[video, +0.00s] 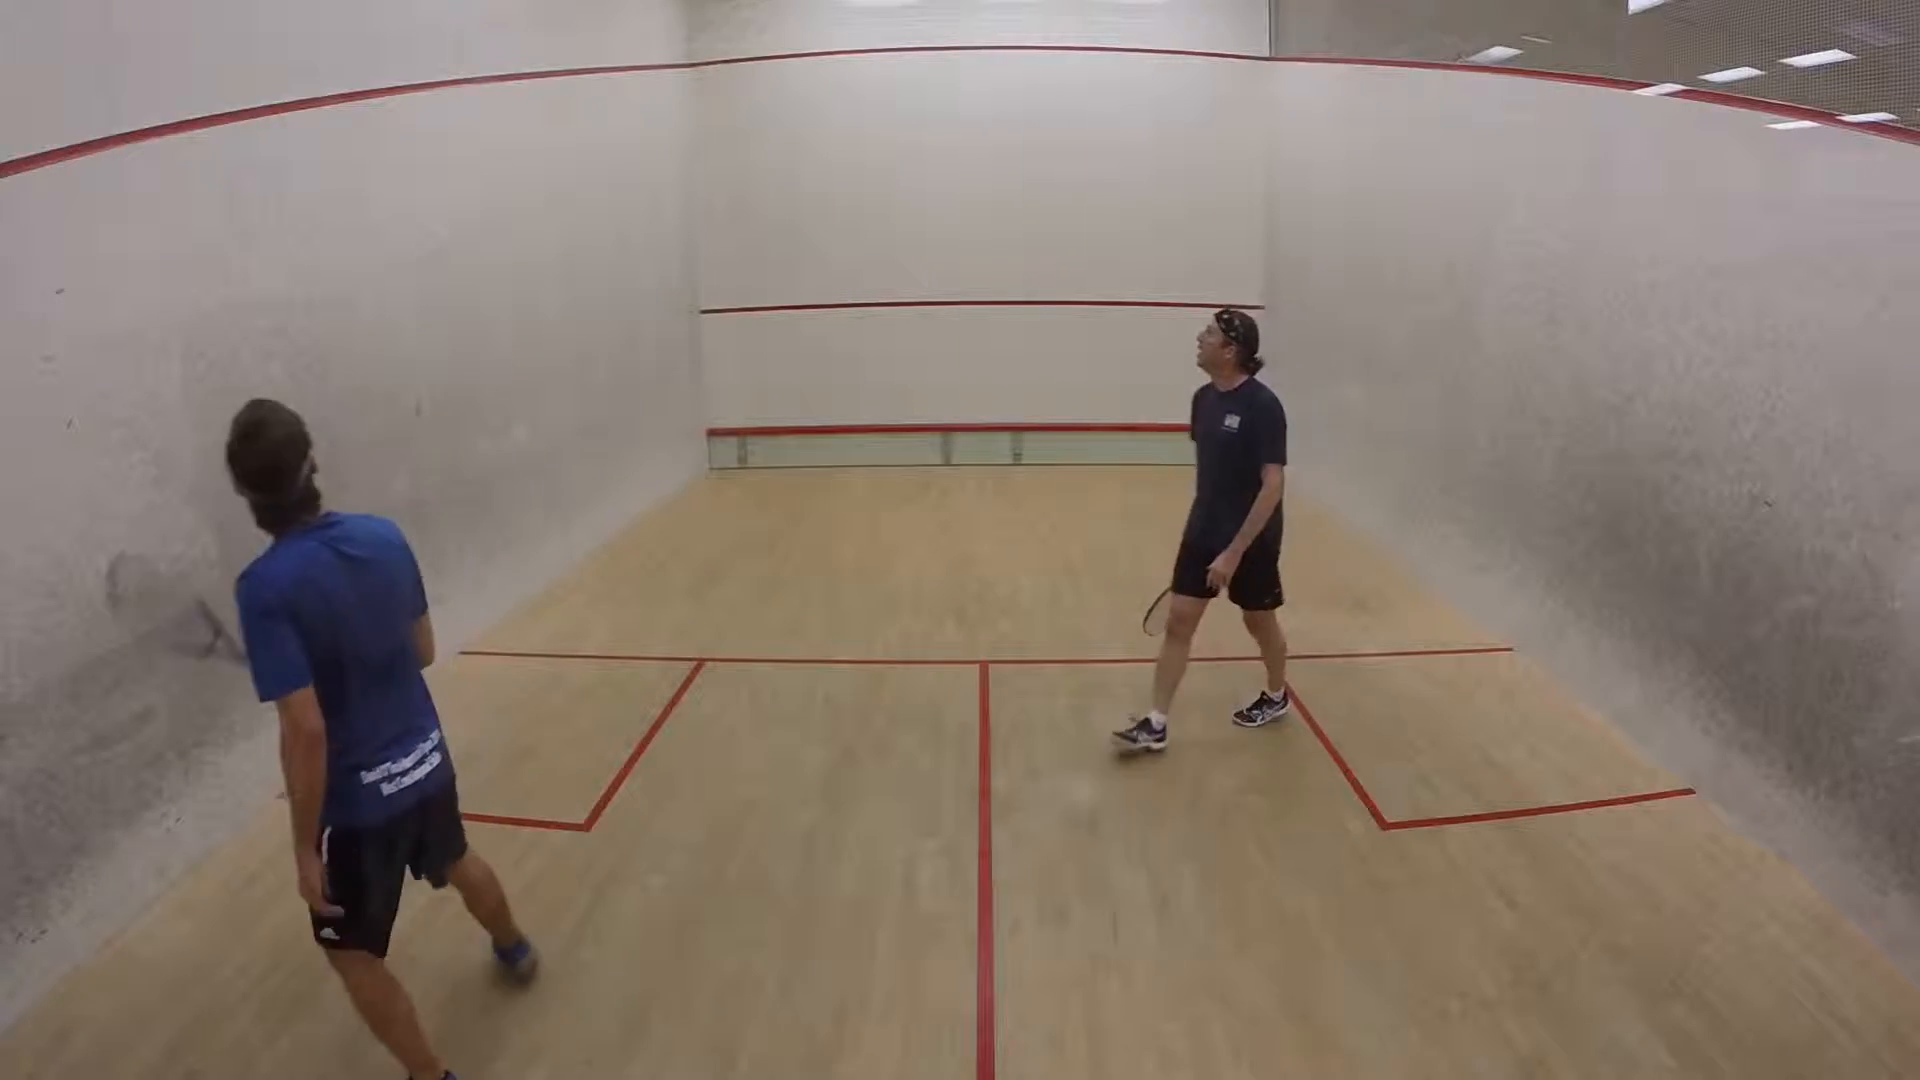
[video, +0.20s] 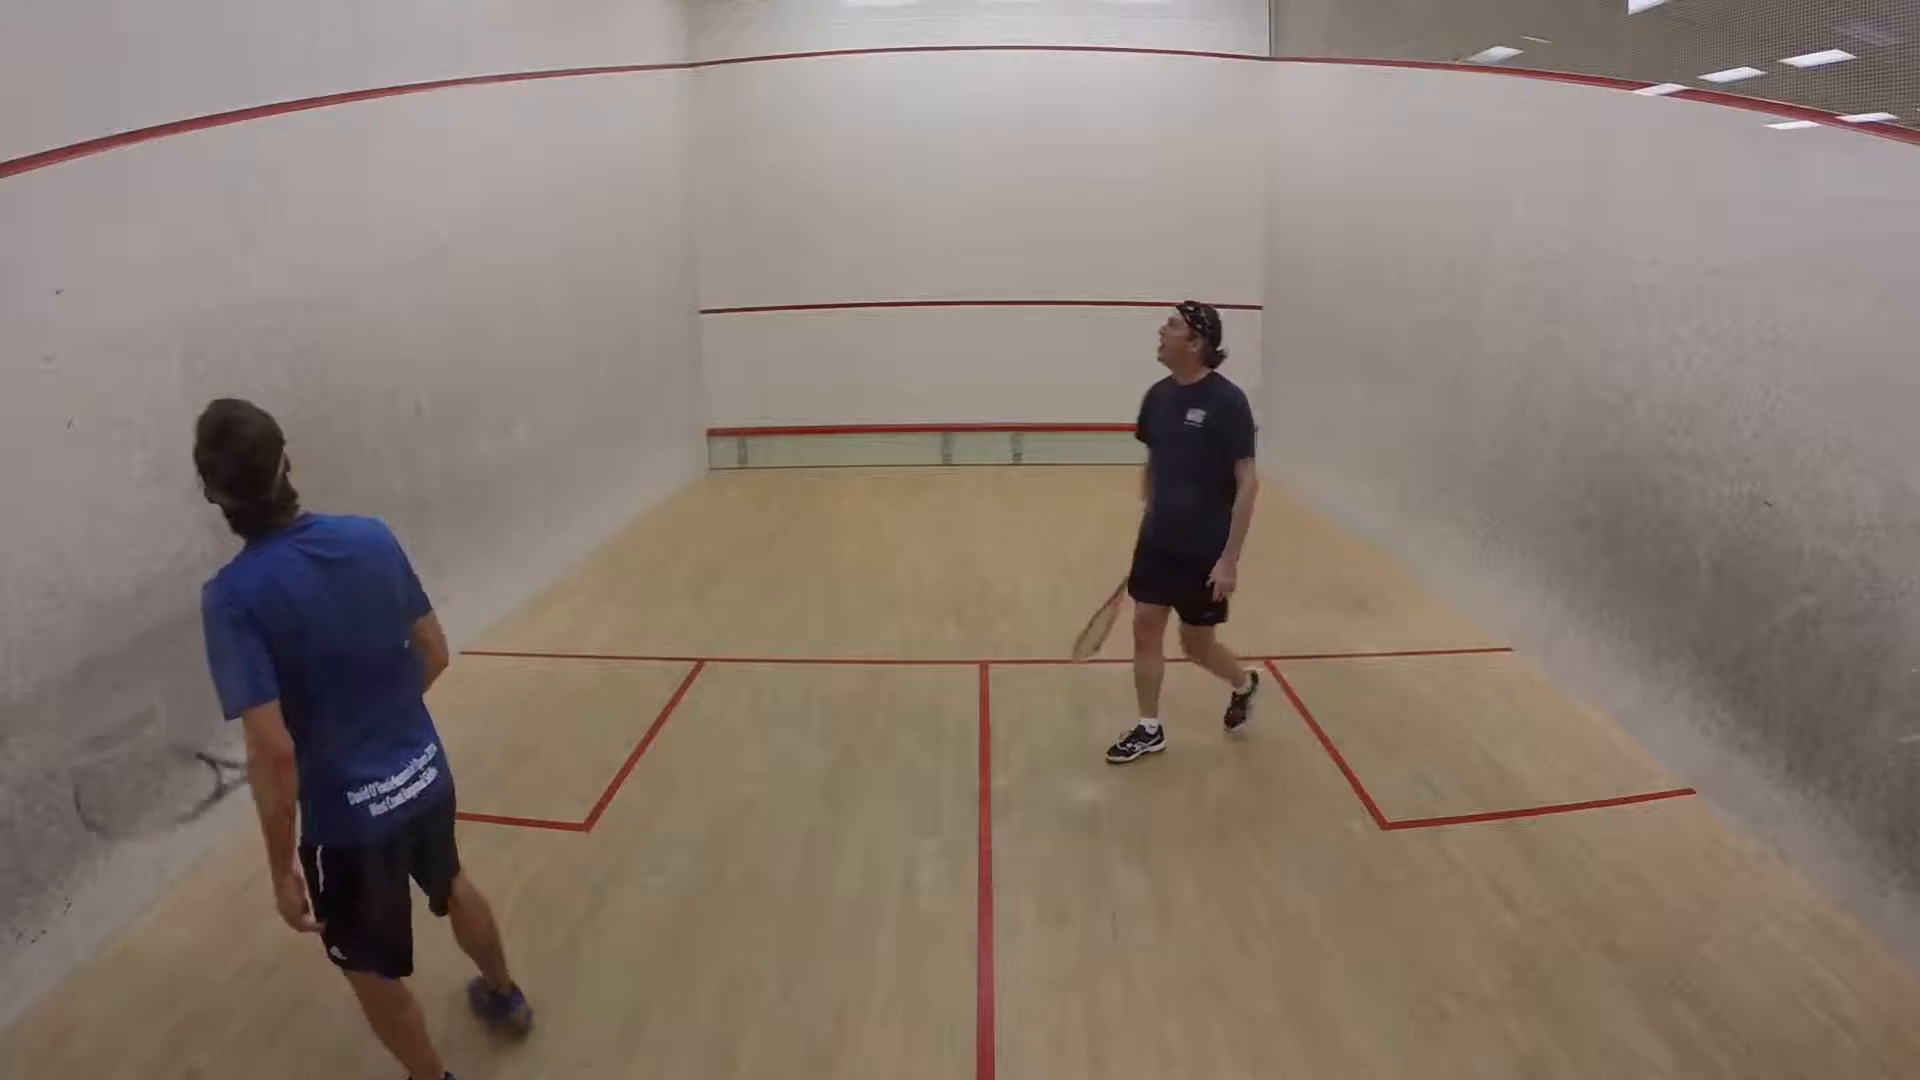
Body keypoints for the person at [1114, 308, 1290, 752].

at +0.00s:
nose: (1199, 340)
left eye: (1209, 336)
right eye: (1203, 334)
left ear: (1231, 351)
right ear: (1224, 349)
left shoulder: (1263, 406)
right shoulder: (1203, 398)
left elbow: (1272, 487)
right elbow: (1207, 474)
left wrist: (1234, 552)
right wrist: (1194, 535)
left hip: (1251, 533)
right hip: (1205, 526)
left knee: (1260, 621)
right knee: (1179, 622)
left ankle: (1276, 695)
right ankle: (1155, 722)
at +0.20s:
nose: (1161, 331)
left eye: (1172, 327)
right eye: (1165, 324)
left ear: (1197, 343)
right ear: (1183, 343)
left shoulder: (1229, 401)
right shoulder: (1158, 395)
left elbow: (1247, 483)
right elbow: (1152, 465)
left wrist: (1230, 559)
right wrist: (1148, 523)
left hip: (1206, 540)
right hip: (1159, 531)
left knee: (1197, 646)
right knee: (1146, 629)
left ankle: (1245, 683)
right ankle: (1149, 726)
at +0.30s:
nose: (1143, 329)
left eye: (1154, 325)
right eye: (1146, 322)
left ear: (1181, 340)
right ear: (1166, 339)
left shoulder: (1213, 398)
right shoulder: (1137, 391)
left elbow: (1235, 478)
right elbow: (1123, 461)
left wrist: (1229, 557)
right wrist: (1106, 524)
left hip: (1191, 539)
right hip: (1143, 531)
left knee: (1162, 645)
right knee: (1140, 631)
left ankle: (1203, 696)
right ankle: (1148, 726)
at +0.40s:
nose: (1124, 330)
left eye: (1135, 325)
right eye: (1127, 322)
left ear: (1164, 340)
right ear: (1147, 339)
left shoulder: (1196, 400)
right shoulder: (1116, 394)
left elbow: (1222, 481)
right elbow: (1094, 462)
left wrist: (1222, 559)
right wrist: (1069, 528)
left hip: (1174, 543)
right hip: (1127, 537)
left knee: (1140, 649)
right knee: (1134, 644)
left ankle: (1153, 738)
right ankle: (1148, 727)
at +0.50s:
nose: (1106, 338)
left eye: (1118, 333)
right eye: (1108, 329)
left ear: (1147, 346)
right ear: (1122, 342)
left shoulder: (1178, 407)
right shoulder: (1096, 401)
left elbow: (1207, 486)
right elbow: (1065, 472)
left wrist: (1210, 567)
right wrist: (1033, 536)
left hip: (1155, 552)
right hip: (1108, 546)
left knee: (1121, 667)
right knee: (1133, 643)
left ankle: (1093, 779)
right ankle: (1147, 726)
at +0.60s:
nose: (1086, 349)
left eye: (1097, 342)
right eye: (1087, 340)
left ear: (1129, 353)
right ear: (1096, 348)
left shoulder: (1160, 417)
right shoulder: (1076, 409)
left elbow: (1189, 497)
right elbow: (1046, 476)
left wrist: (1192, 578)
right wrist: (1010, 540)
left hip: (1136, 563)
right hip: (1090, 556)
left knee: (1096, 679)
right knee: (1120, 647)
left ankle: (1069, 792)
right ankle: (1147, 726)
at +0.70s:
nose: (1066, 353)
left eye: (1078, 345)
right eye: (1065, 342)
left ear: (1110, 355)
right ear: (1067, 348)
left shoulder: (1141, 423)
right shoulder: (1056, 414)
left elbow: (1166, 509)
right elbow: (1029, 485)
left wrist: (1169, 593)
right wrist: (994, 549)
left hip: (1115, 574)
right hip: (1067, 567)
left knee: (1076, 689)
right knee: (1094, 657)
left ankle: (1061, 798)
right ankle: (1139, 718)